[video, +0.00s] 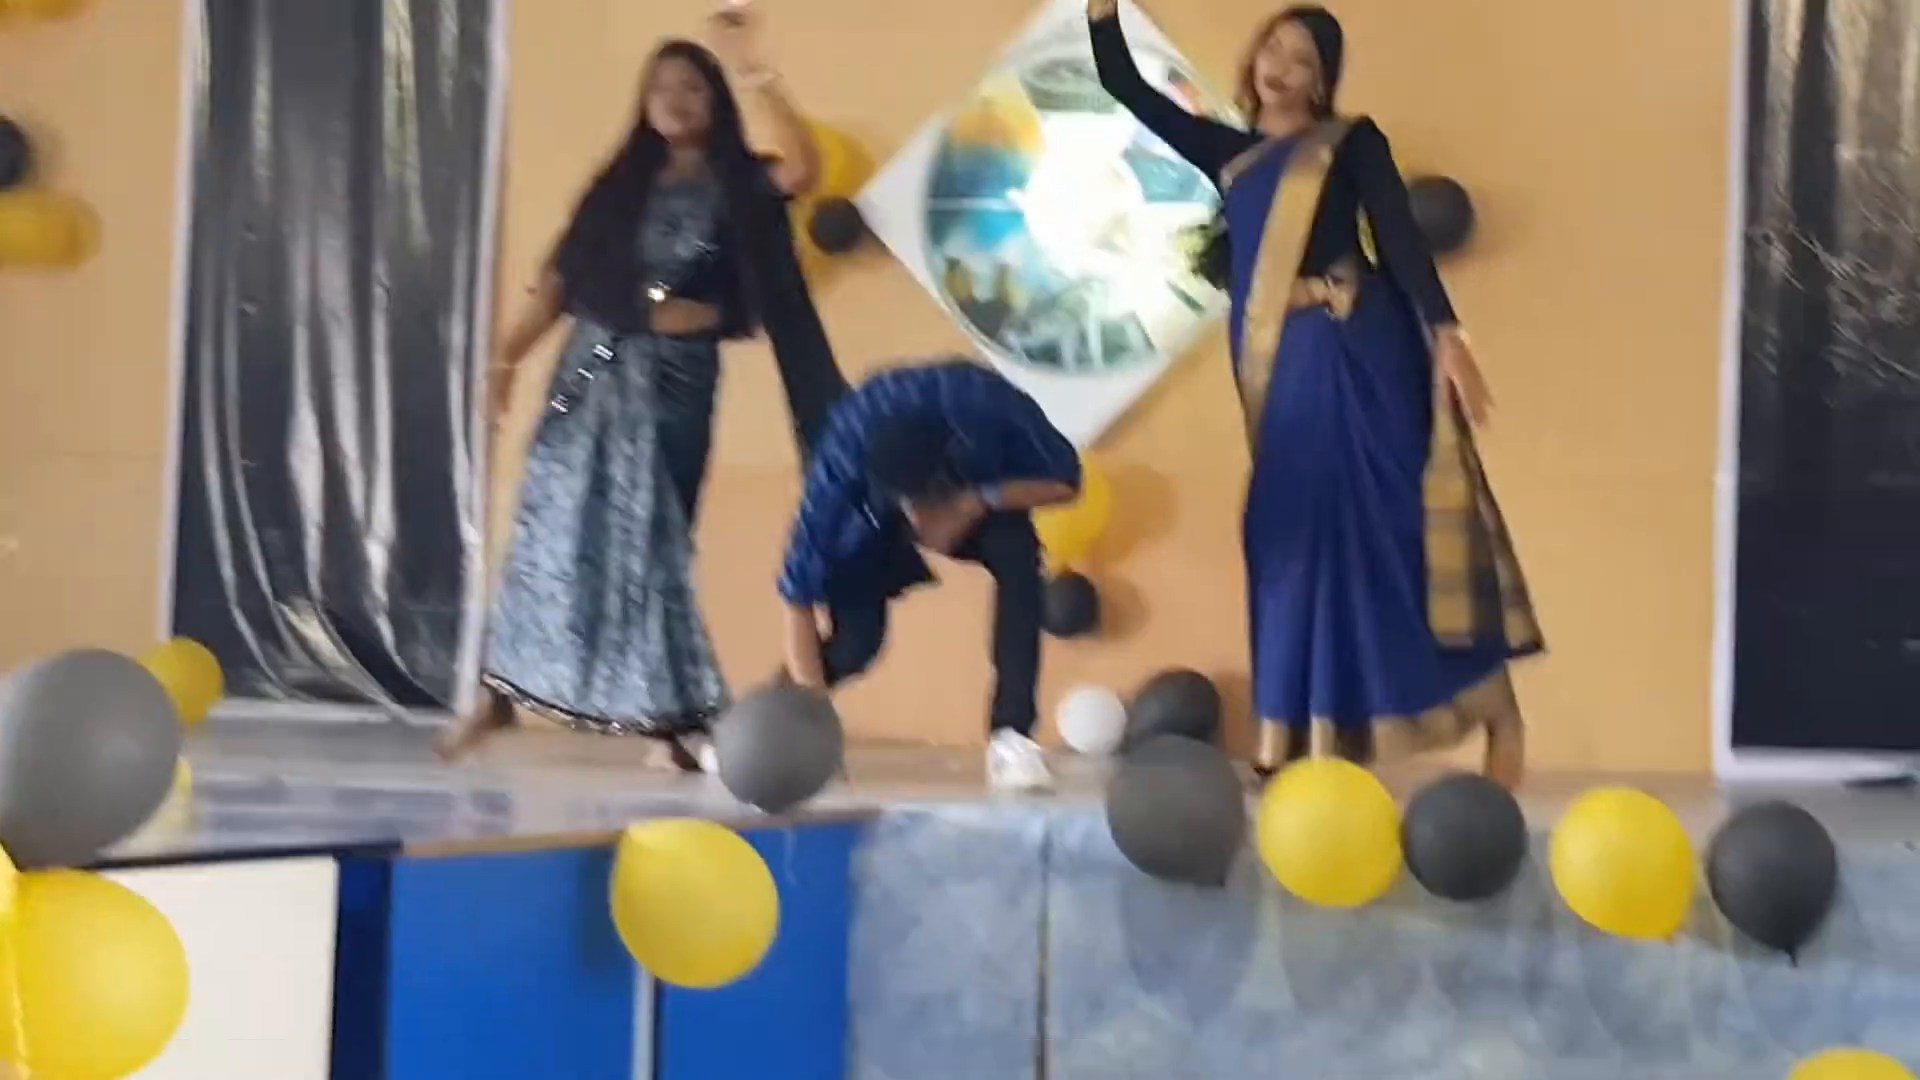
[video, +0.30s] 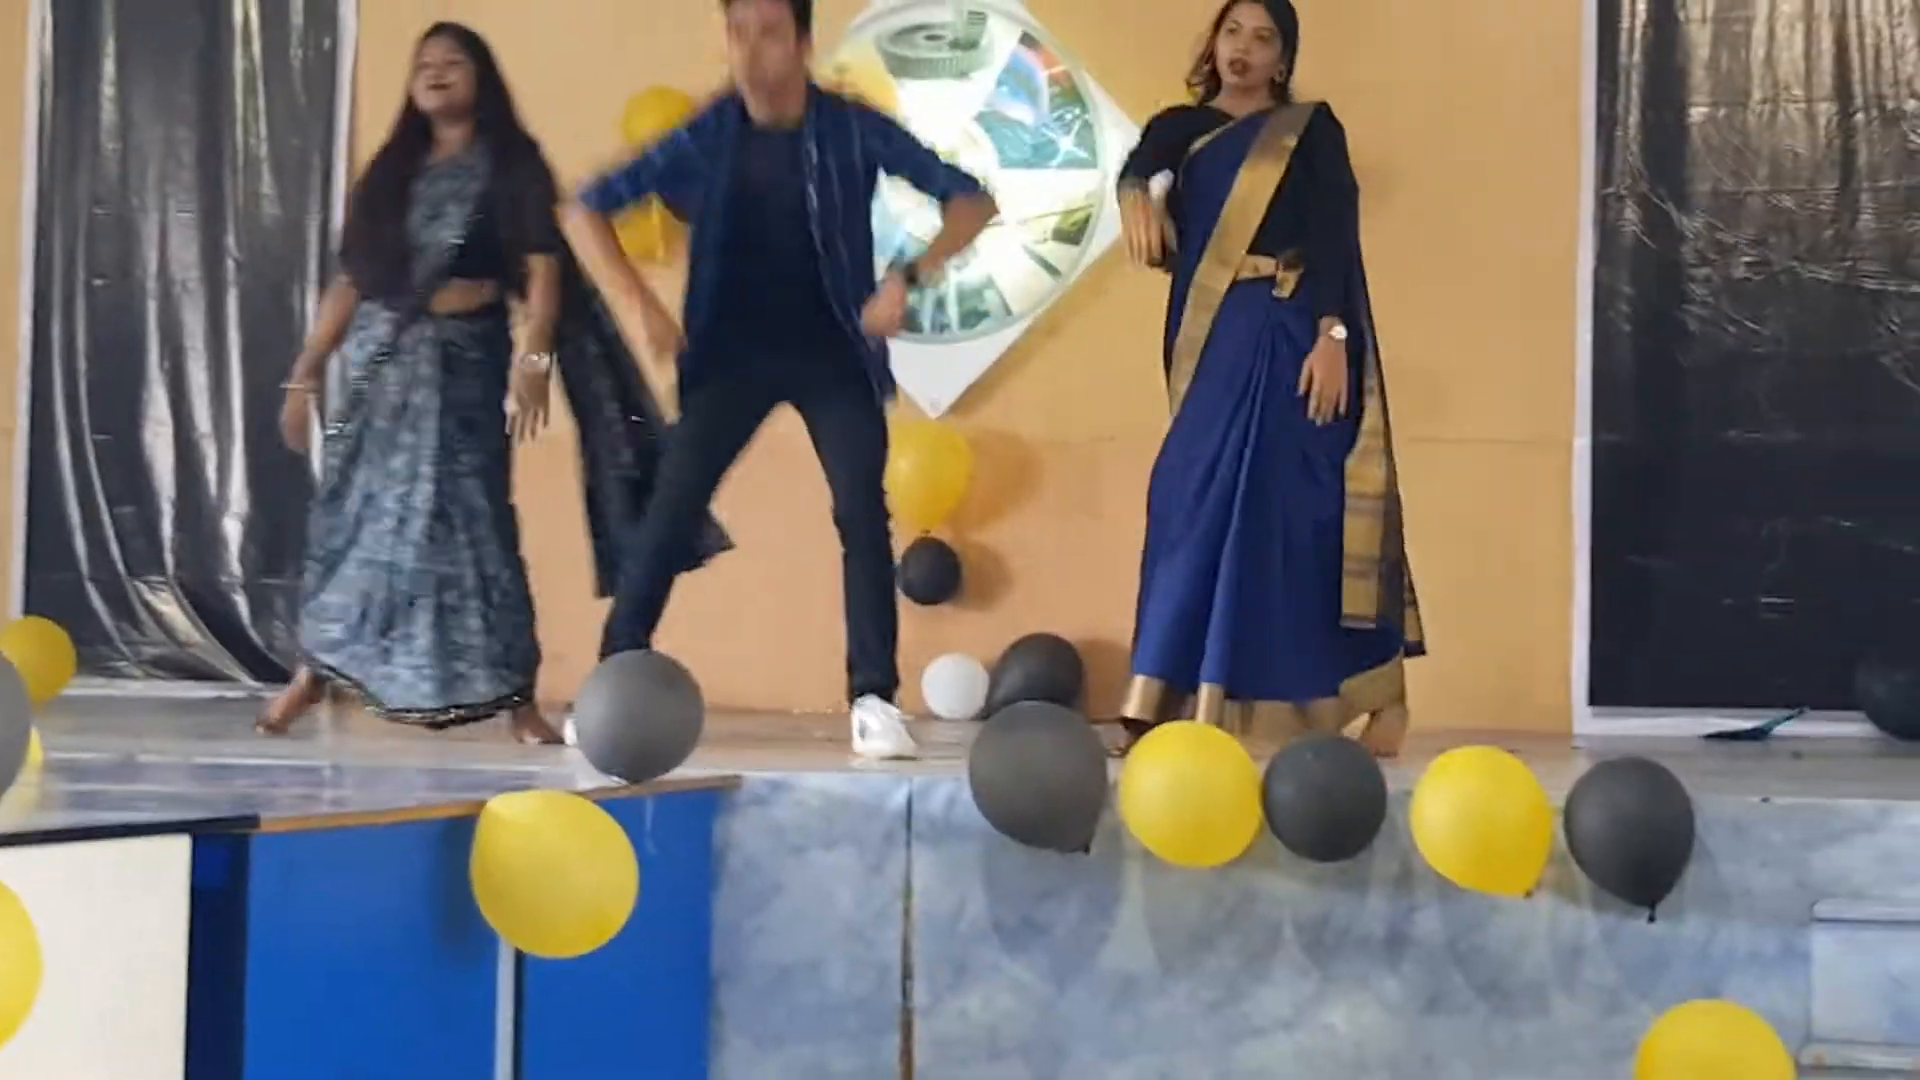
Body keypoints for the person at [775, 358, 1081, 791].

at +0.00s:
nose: (918, 523)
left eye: (927, 508)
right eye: (906, 510)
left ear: (947, 466)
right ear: (882, 492)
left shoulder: (992, 410)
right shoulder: (844, 456)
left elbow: (1065, 484)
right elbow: (796, 594)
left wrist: (976, 502)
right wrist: (812, 711)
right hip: (866, 504)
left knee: (1017, 556)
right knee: (857, 645)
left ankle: (1011, 736)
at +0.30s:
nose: (755, 52)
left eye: (771, 34)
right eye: (742, 35)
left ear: (803, 42)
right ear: (726, 45)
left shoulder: (854, 129)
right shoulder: (707, 137)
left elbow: (972, 202)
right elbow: (581, 208)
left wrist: (909, 279)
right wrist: (640, 305)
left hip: (833, 359)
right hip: (733, 360)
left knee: (862, 515)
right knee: (670, 511)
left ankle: (874, 701)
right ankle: (609, 695)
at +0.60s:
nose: (739, 2)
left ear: (779, 4)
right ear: (708, 3)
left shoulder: (821, 91)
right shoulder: (662, 87)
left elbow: (919, 183)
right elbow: (563, 182)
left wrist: (833, 251)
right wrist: (630, 248)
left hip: (782, 338)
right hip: (686, 335)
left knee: (808, 527)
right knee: (655, 522)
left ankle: (842, 715)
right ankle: (618, 710)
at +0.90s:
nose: (723, 2)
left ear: (776, 28)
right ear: (705, 21)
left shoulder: (806, 117)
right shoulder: (658, 116)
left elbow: (903, 204)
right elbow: (550, 199)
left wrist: (817, 279)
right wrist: (617, 275)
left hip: (765, 371)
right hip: (673, 368)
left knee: (795, 554)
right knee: (647, 554)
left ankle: (835, 740)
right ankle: (611, 741)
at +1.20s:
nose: (726, 27)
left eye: (748, 25)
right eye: (720, 19)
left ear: (777, 64)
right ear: (701, 51)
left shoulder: (804, 146)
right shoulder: (660, 145)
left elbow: (904, 230)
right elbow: (551, 233)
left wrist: (819, 308)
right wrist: (616, 303)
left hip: (767, 395)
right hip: (676, 395)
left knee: (795, 578)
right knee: (649, 576)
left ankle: (835, 765)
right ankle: (612, 764)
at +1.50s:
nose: (739, 112)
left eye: (762, 110)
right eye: (735, 96)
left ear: (785, 133)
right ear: (716, 103)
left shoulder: (803, 184)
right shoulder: (665, 179)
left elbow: (910, 224)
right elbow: (553, 242)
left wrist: (820, 247)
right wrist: (606, 245)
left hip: (777, 450)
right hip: (685, 450)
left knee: (803, 643)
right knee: (655, 637)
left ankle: (840, 830)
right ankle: (617, 828)